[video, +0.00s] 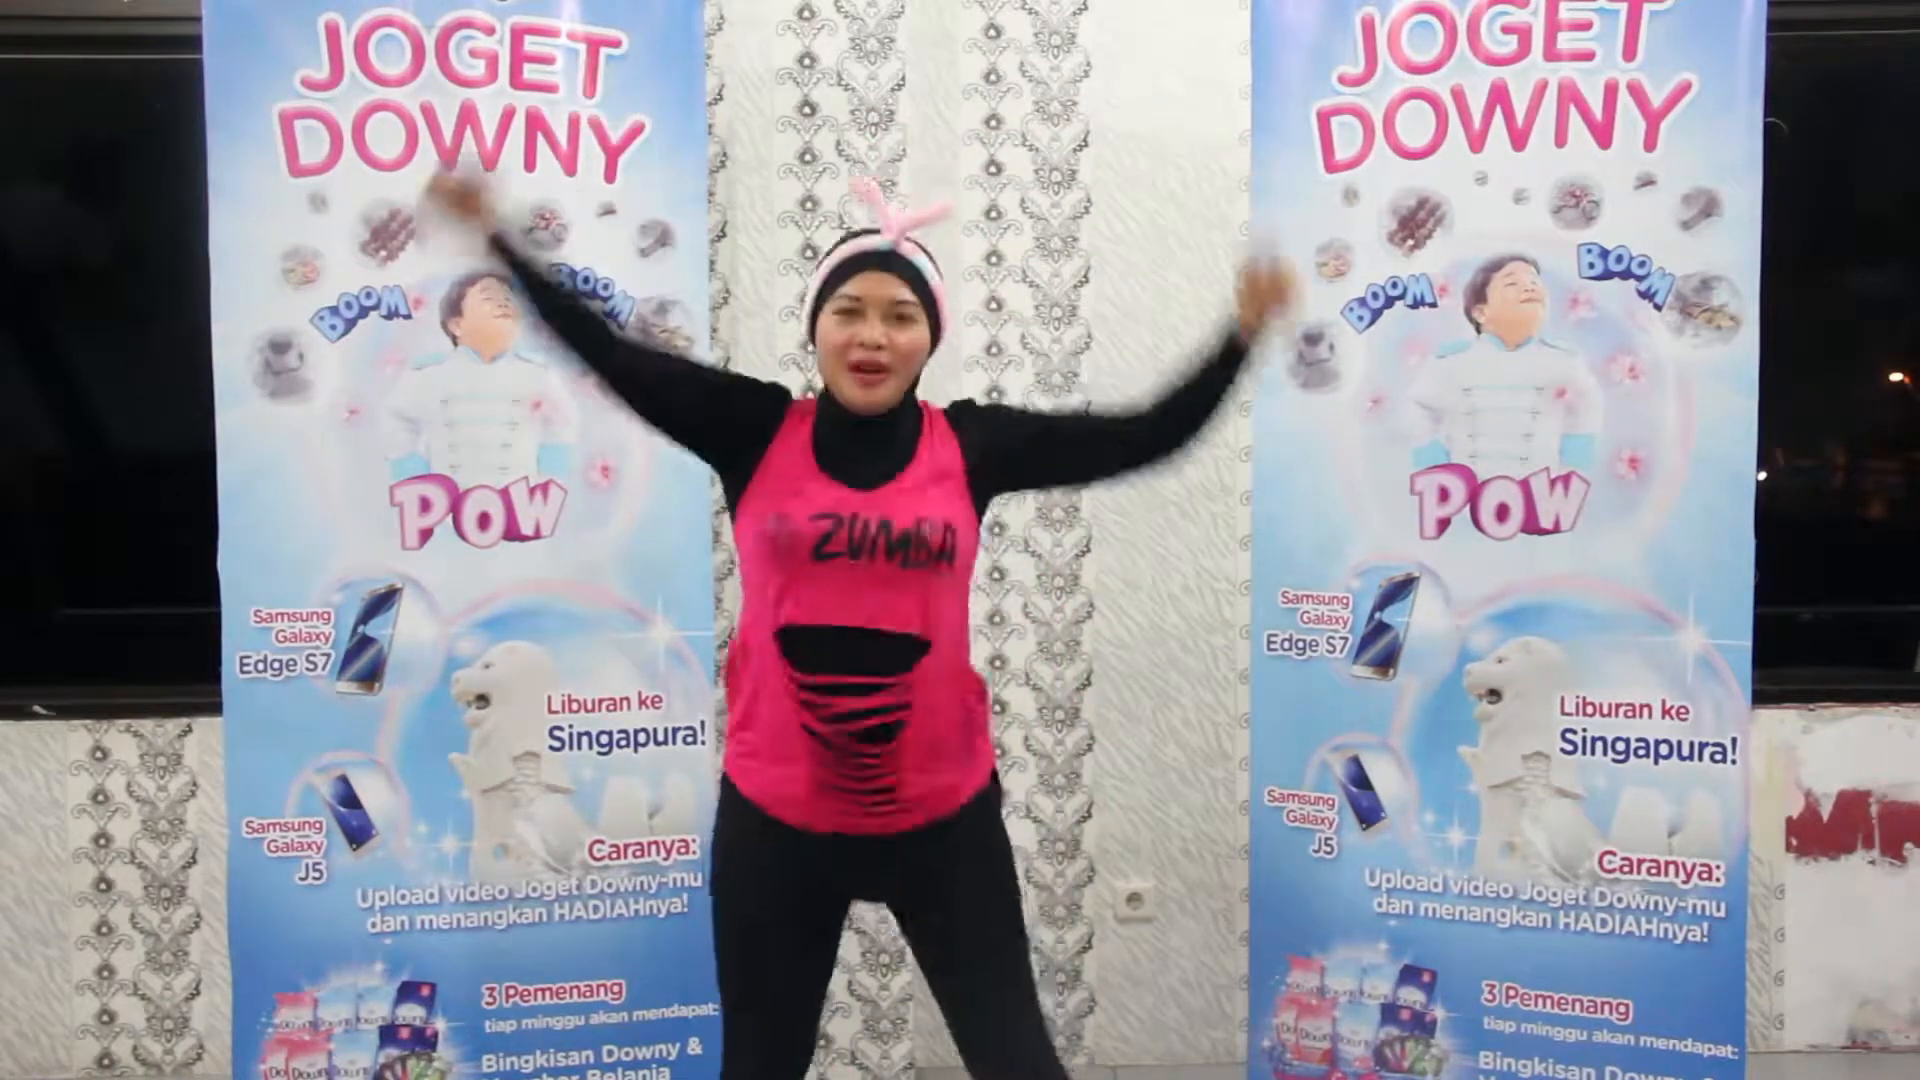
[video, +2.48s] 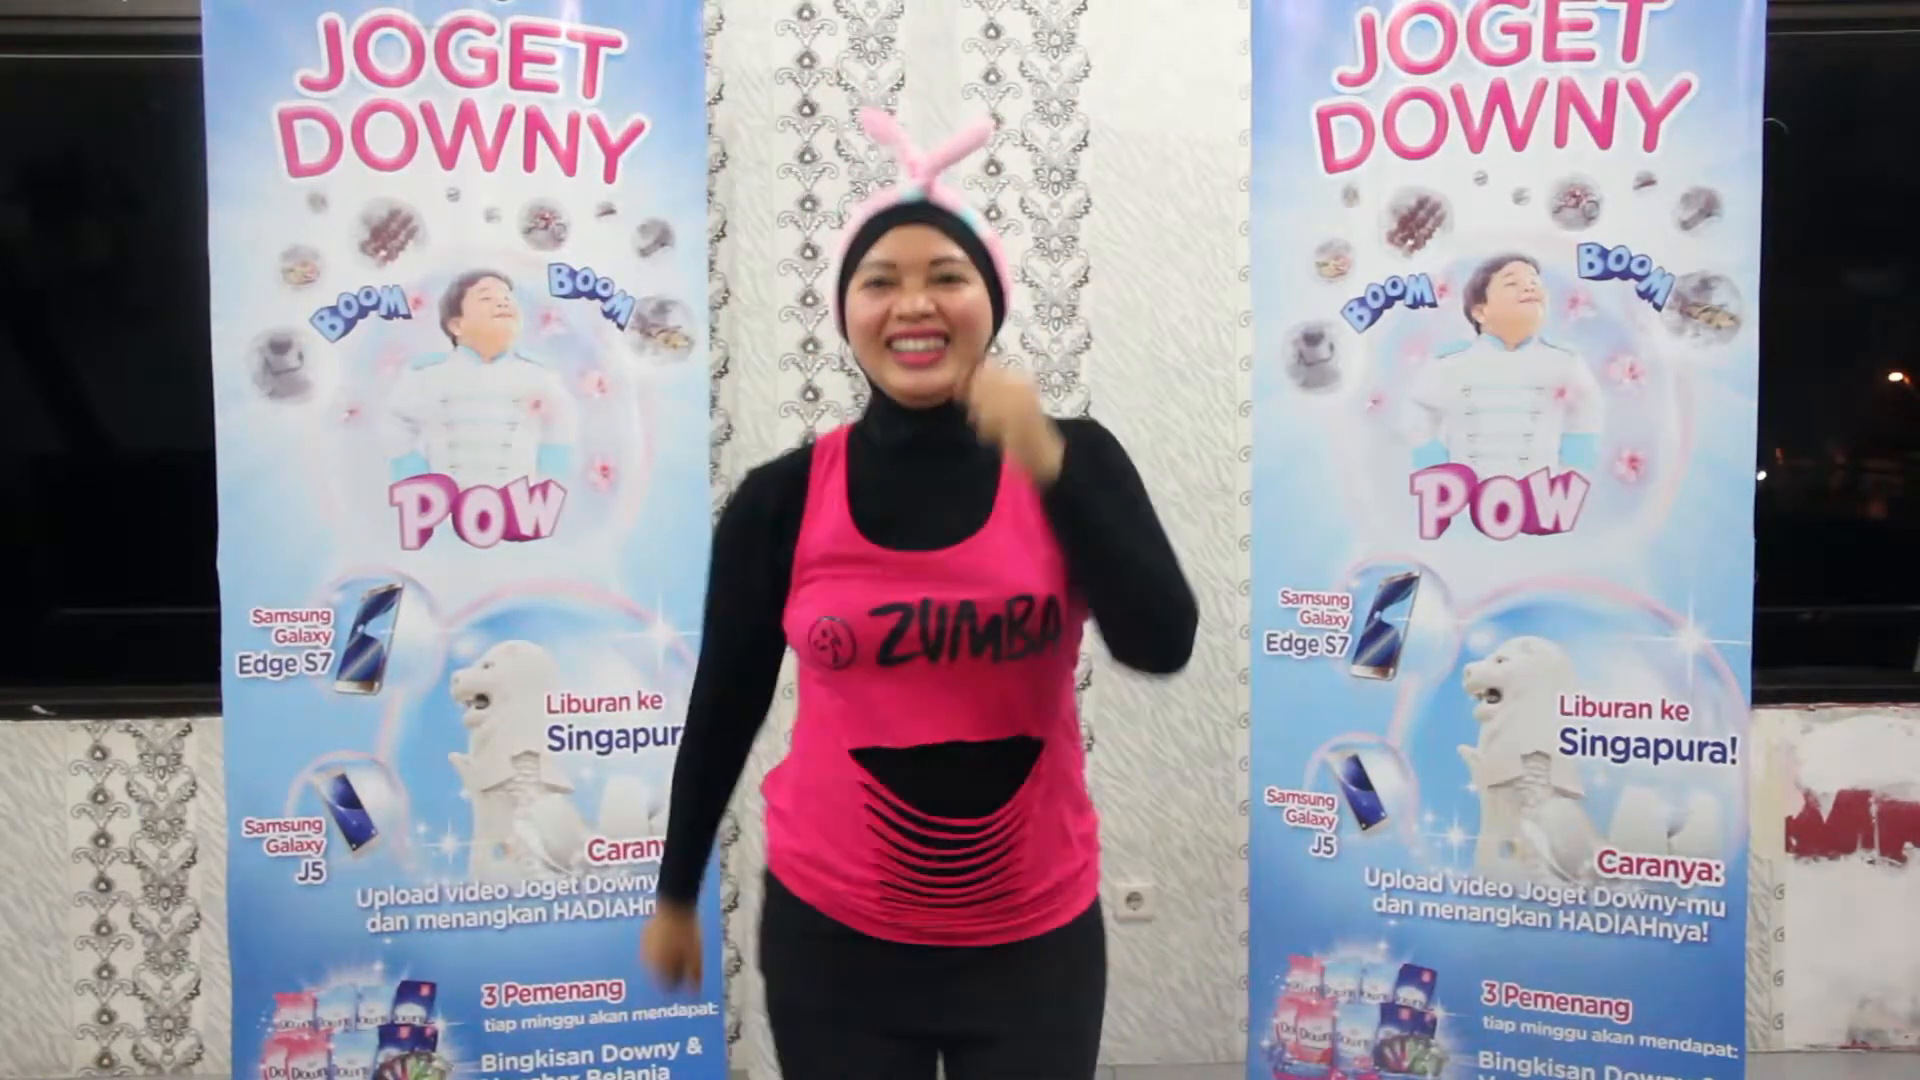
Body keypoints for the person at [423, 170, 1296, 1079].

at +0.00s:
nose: (874, 333)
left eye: (898, 315)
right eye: (850, 312)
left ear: (930, 342)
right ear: (814, 335)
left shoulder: (973, 444)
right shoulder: (752, 427)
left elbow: (1142, 437)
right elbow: (614, 354)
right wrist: (500, 236)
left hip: (944, 824)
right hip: (777, 827)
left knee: (1018, 1062)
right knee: (759, 1067)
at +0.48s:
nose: (930, 352)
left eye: (957, 329)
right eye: (904, 329)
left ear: (994, 350)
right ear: (871, 348)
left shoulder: (1051, 489)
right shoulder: (813, 481)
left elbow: (1119, 637)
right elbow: (770, 621)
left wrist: (1141, 754)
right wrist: (756, 732)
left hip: (1016, 831)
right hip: (853, 828)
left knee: (1008, 1066)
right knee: (839, 1063)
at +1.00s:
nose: (853, 303)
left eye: (883, 279)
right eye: (823, 284)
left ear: (931, 310)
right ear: (794, 322)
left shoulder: (1009, 459)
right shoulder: (751, 469)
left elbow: (1096, 661)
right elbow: (752, 562)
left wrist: (1057, 608)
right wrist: (825, 617)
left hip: (982, 887)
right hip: (809, 891)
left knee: (941, 1060)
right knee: (823, 1063)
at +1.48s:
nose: (885, 246)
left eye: (918, 208)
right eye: (848, 217)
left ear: (978, 228)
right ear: (811, 249)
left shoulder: (1050, 394)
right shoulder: (769, 401)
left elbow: (1132, 551)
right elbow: (677, 605)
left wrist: (1077, 350)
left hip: (1013, 892)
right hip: (795, 872)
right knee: (851, 1057)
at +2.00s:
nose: (861, 283)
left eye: (898, 243)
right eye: (825, 259)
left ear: (973, 265)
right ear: (800, 296)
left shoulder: (1091, 458)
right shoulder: (774, 451)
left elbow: (1222, 657)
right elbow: (682, 339)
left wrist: (1322, 849)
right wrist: (767, 94)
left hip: (1020, 985)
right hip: (789, 972)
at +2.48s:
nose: (915, 303)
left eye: (945, 276)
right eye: (882, 281)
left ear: (992, 307)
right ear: (846, 317)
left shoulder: (1069, 459)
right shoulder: (782, 501)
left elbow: (1162, 643)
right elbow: (727, 701)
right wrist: (677, 891)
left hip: (1032, 932)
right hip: (836, 930)